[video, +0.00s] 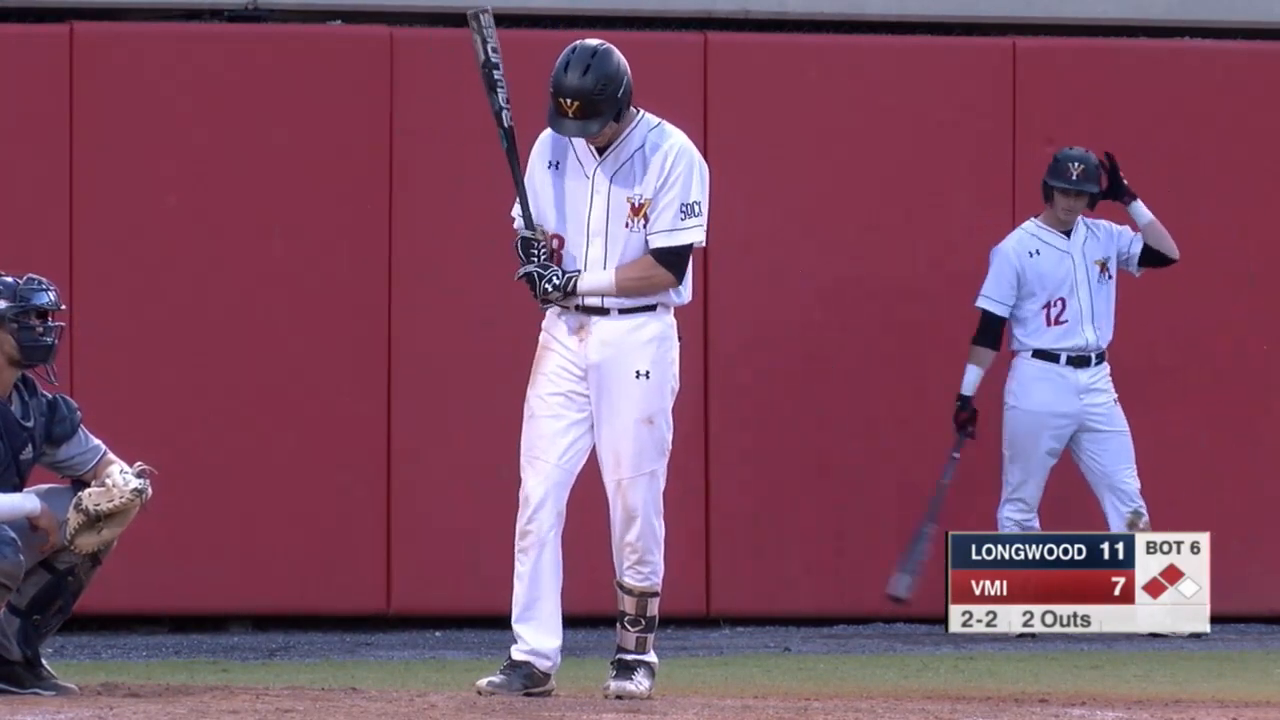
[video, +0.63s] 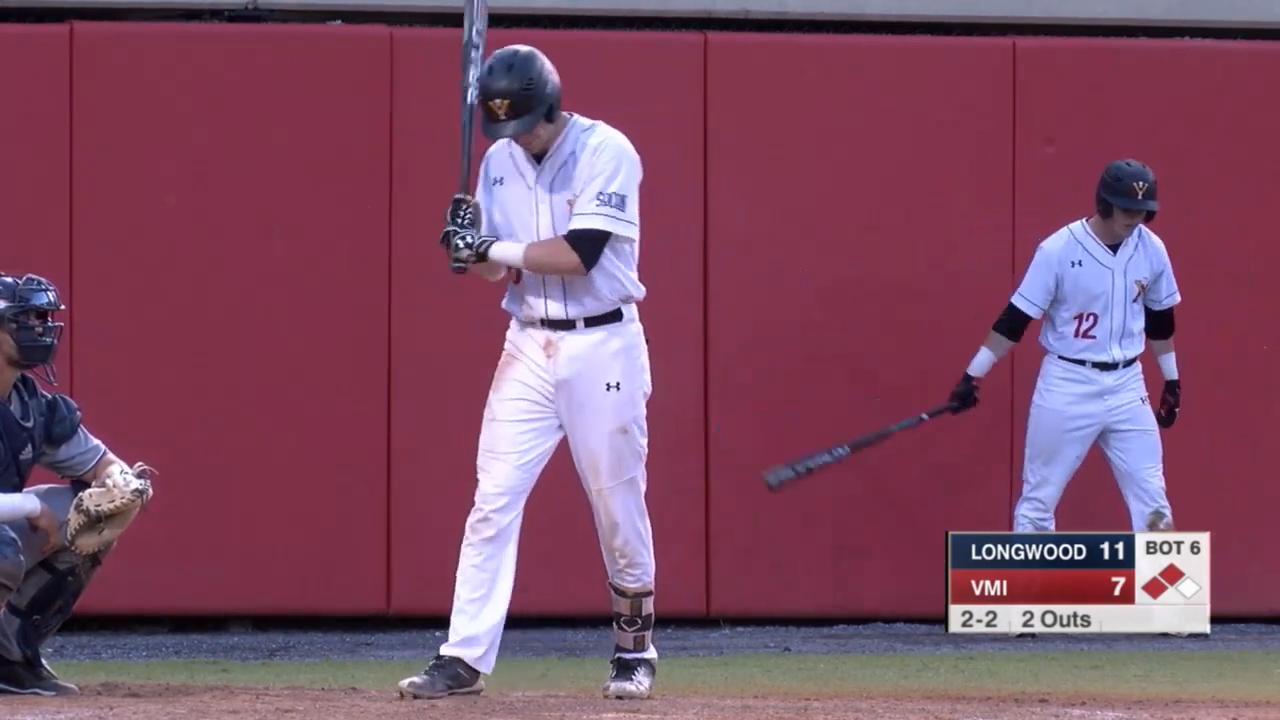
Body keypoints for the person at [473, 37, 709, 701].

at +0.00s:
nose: (581, 137)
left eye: (592, 126)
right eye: (571, 124)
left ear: (622, 106)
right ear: (560, 105)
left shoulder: (672, 153)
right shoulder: (551, 146)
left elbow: (667, 270)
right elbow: (528, 231)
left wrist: (578, 284)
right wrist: (536, 255)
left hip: (637, 341)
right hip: (562, 338)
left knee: (632, 492)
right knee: (538, 494)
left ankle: (634, 652)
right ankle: (532, 657)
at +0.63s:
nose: (515, 138)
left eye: (522, 125)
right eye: (505, 127)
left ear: (551, 109)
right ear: (498, 116)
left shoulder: (608, 149)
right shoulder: (499, 158)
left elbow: (579, 254)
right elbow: (499, 270)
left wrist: (491, 248)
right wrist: (471, 248)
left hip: (602, 348)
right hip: (526, 347)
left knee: (616, 500)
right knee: (493, 502)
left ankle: (633, 651)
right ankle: (463, 659)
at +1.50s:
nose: (480, 172)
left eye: (485, 159)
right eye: (469, 163)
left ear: (511, 137)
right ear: (459, 150)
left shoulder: (580, 169)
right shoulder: (467, 192)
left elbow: (627, 279)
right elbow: (463, 294)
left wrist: (603, 366)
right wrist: (445, 392)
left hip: (618, 353)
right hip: (539, 360)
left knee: (667, 491)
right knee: (484, 508)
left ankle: (744, 655)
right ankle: (461, 661)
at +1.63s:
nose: (526, 201)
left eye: (533, 188)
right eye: (515, 191)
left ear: (560, 164)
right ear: (503, 171)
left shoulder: (622, 195)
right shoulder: (513, 201)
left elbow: (659, 309)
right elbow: (504, 285)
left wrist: (627, 398)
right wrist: (464, 375)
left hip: (651, 370)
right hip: (571, 373)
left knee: (684, 498)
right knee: (502, 512)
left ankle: (753, 660)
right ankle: (462, 663)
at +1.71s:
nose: (543, 212)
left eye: (551, 200)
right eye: (532, 202)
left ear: (580, 176)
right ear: (519, 179)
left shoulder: (639, 207)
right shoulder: (527, 202)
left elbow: (667, 324)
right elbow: (526, 276)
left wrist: (633, 412)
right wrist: (497, 356)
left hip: (660, 374)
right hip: (578, 373)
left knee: (694, 504)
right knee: (513, 510)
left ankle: (755, 661)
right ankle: (462, 664)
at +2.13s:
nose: (596, 237)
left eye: (610, 232)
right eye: (589, 224)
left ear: (644, 214)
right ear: (581, 197)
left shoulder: (680, 252)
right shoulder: (571, 193)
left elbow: (666, 373)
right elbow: (570, 261)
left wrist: (652, 484)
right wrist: (559, 320)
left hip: (665, 378)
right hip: (583, 371)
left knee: (697, 506)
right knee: (519, 512)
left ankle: (755, 662)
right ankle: (461, 663)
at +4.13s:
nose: (615, 129)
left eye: (619, 117)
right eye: (600, 121)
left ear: (624, 118)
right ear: (565, 127)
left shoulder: (654, 199)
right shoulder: (525, 193)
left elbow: (650, 320)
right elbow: (509, 287)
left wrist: (571, 376)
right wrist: (493, 361)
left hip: (641, 386)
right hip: (554, 389)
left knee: (689, 511)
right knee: (477, 522)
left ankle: (761, 663)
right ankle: (454, 665)